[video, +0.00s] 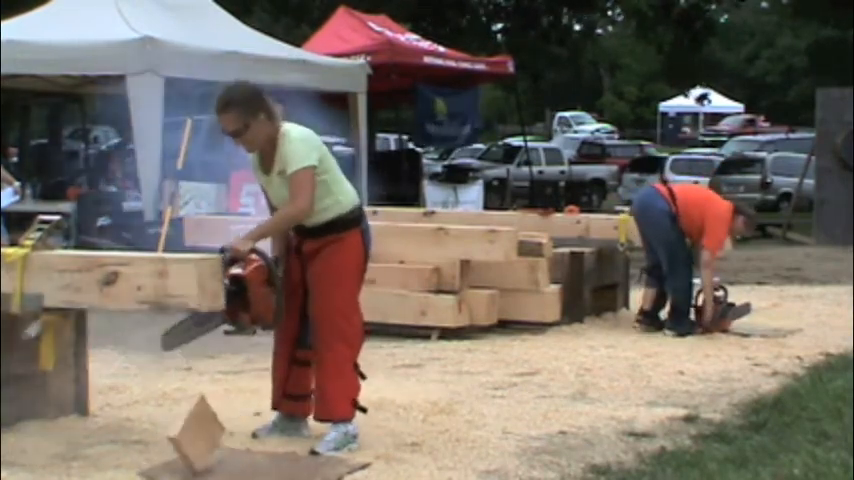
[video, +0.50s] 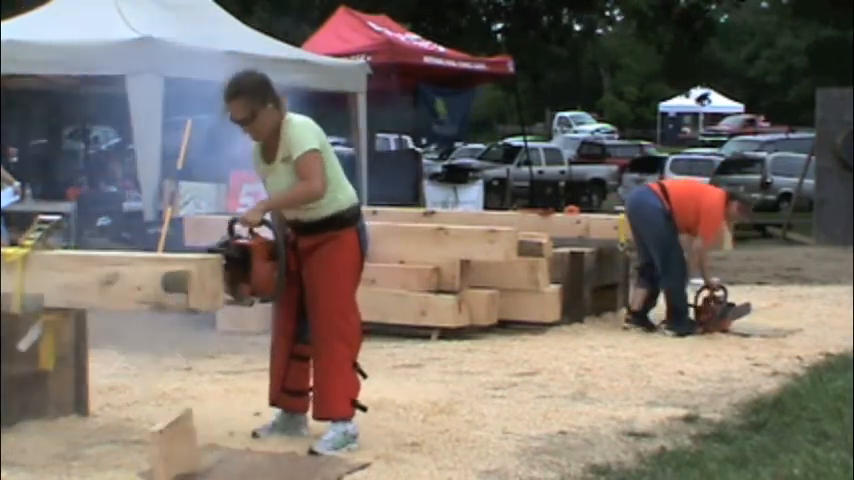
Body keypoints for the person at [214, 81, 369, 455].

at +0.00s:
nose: (239, 142)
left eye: (241, 132)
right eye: (232, 136)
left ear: (263, 116)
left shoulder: (297, 141)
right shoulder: (260, 159)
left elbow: (302, 205)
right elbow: (282, 216)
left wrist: (249, 238)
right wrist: (279, 266)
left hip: (338, 238)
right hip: (301, 243)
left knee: (334, 326)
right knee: (293, 325)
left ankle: (343, 424)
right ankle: (292, 416)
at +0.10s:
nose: (238, 140)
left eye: (239, 130)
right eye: (231, 134)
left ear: (261, 114)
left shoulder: (295, 139)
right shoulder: (259, 156)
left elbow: (302, 203)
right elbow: (279, 213)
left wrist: (248, 234)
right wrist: (279, 261)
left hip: (337, 237)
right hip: (300, 242)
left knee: (333, 326)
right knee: (293, 325)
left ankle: (342, 424)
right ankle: (291, 416)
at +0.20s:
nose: (237, 138)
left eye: (239, 128)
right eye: (231, 132)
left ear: (261, 113)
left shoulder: (295, 137)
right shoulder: (259, 156)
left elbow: (307, 198)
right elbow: (284, 210)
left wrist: (253, 227)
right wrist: (277, 256)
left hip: (336, 236)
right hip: (301, 241)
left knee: (332, 325)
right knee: (293, 325)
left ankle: (342, 423)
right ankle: (293, 414)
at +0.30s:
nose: (241, 136)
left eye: (243, 127)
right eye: (234, 130)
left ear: (265, 112)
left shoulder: (296, 136)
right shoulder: (261, 153)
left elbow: (310, 196)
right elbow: (285, 207)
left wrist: (258, 221)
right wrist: (281, 253)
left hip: (337, 237)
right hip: (301, 241)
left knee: (333, 325)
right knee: (292, 325)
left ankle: (342, 423)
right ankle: (293, 414)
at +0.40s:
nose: (244, 133)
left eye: (246, 123)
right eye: (237, 127)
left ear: (269, 109)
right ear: (236, 122)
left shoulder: (297, 133)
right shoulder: (260, 157)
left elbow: (313, 189)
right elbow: (287, 208)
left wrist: (262, 215)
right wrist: (282, 252)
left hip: (337, 238)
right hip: (299, 242)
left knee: (334, 326)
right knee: (292, 326)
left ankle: (343, 423)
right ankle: (293, 414)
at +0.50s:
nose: (246, 130)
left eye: (249, 120)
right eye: (240, 124)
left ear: (272, 106)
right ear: (239, 119)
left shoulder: (300, 130)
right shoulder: (261, 151)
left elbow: (315, 186)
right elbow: (287, 204)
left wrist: (264, 208)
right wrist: (280, 251)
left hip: (335, 237)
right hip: (298, 240)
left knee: (333, 325)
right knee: (290, 325)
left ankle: (342, 422)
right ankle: (292, 414)